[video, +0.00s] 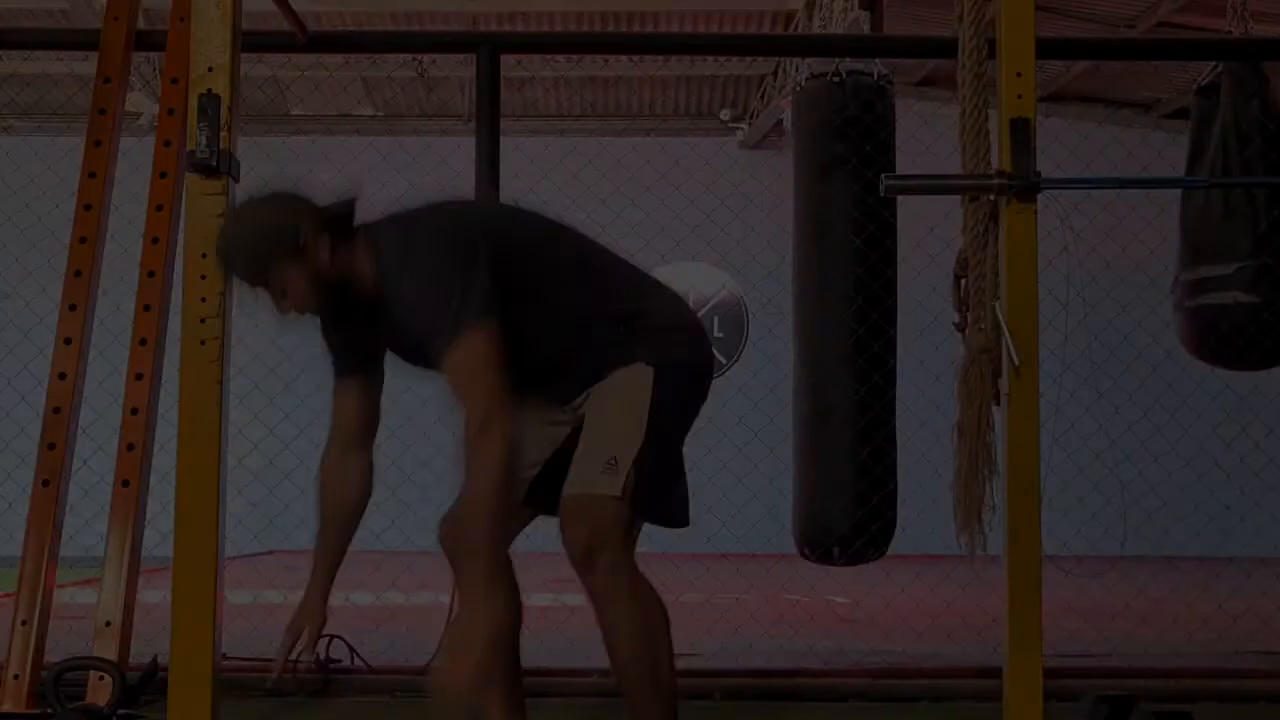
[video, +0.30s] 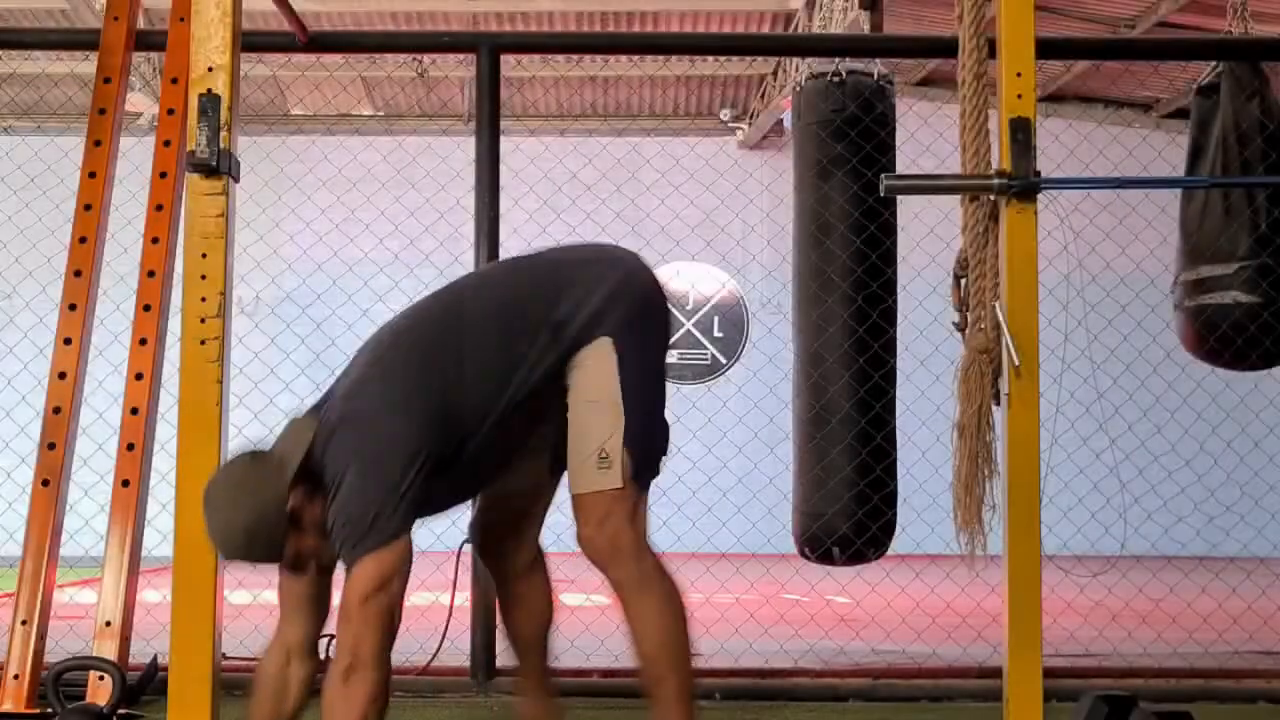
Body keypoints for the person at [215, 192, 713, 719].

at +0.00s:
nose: (277, 302)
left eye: (273, 281)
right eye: (265, 290)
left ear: (310, 246)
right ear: (309, 248)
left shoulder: (426, 261)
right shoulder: (351, 300)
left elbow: (491, 424)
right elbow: (348, 450)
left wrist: (474, 611)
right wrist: (316, 594)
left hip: (649, 351)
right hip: (557, 377)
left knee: (595, 540)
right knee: (466, 533)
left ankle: (654, 711)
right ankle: (497, 707)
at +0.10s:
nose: (279, 396)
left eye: (273, 377)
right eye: (266, 385)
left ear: (308, 336)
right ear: (306, 336)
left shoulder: (421, 336)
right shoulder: (339, 370)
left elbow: (436, 535)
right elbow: (324, 524)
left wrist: (402, 699)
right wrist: (283, 671)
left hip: (644, 367)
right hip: (546, 393)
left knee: (575, 552)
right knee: (458, 548)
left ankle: (645, 708)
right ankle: (495, 710)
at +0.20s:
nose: (284, 487)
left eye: (279, 471)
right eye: (274, 477)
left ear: (307, 433)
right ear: (306, 427)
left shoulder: (392, 406)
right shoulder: (317, 429)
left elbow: (385, 613)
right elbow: (297, 596)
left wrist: (357, 714)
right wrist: (253, 712)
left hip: (639, 361)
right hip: (560, 382)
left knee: (565, 559)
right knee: (457, 547)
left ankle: (641, 710)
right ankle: (500, 711)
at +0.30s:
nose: (295, 565)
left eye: (289, 547)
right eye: (281, 559)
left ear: (300, 505)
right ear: (294, 499)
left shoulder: (370, 470)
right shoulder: (301, 471)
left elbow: (359, 674)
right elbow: (291, 650)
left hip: (611, 303)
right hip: (543, 335)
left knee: (611, 535)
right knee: (503, 537)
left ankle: (674, 709)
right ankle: (537, 702)